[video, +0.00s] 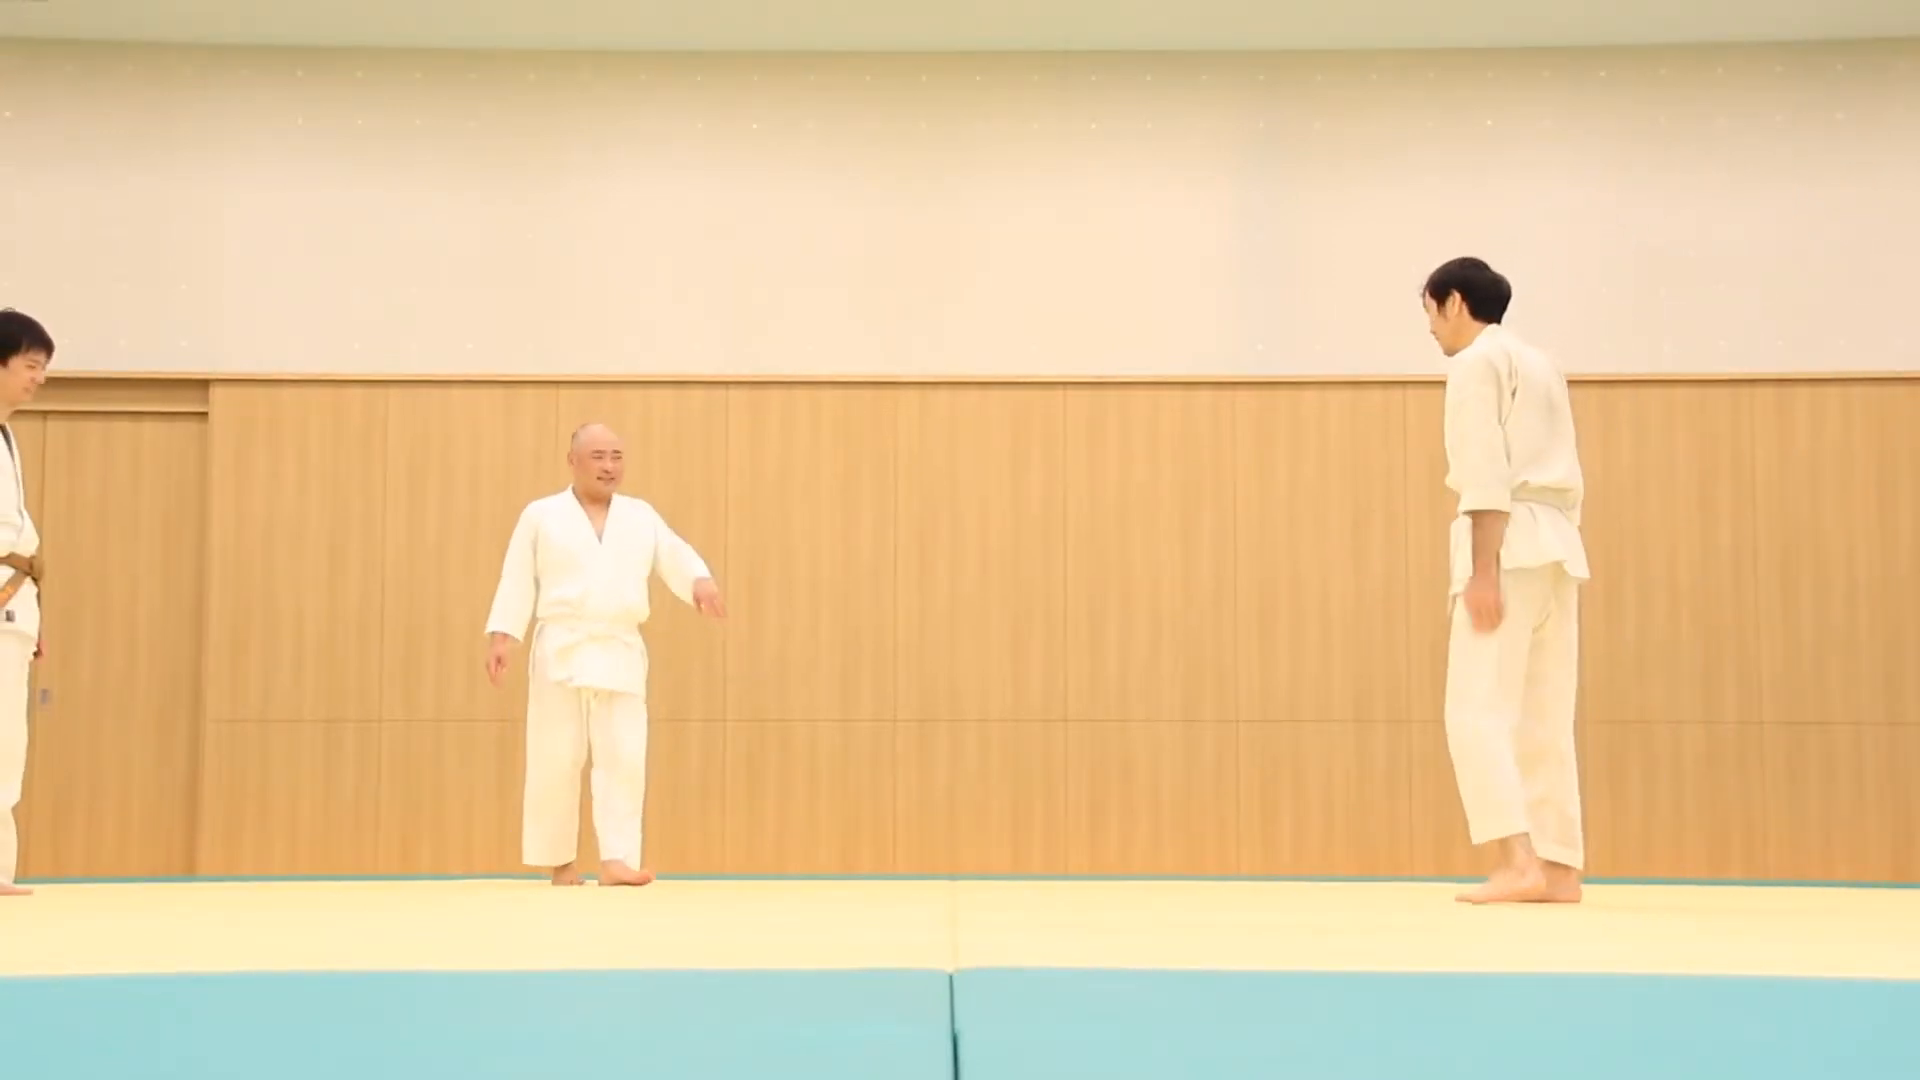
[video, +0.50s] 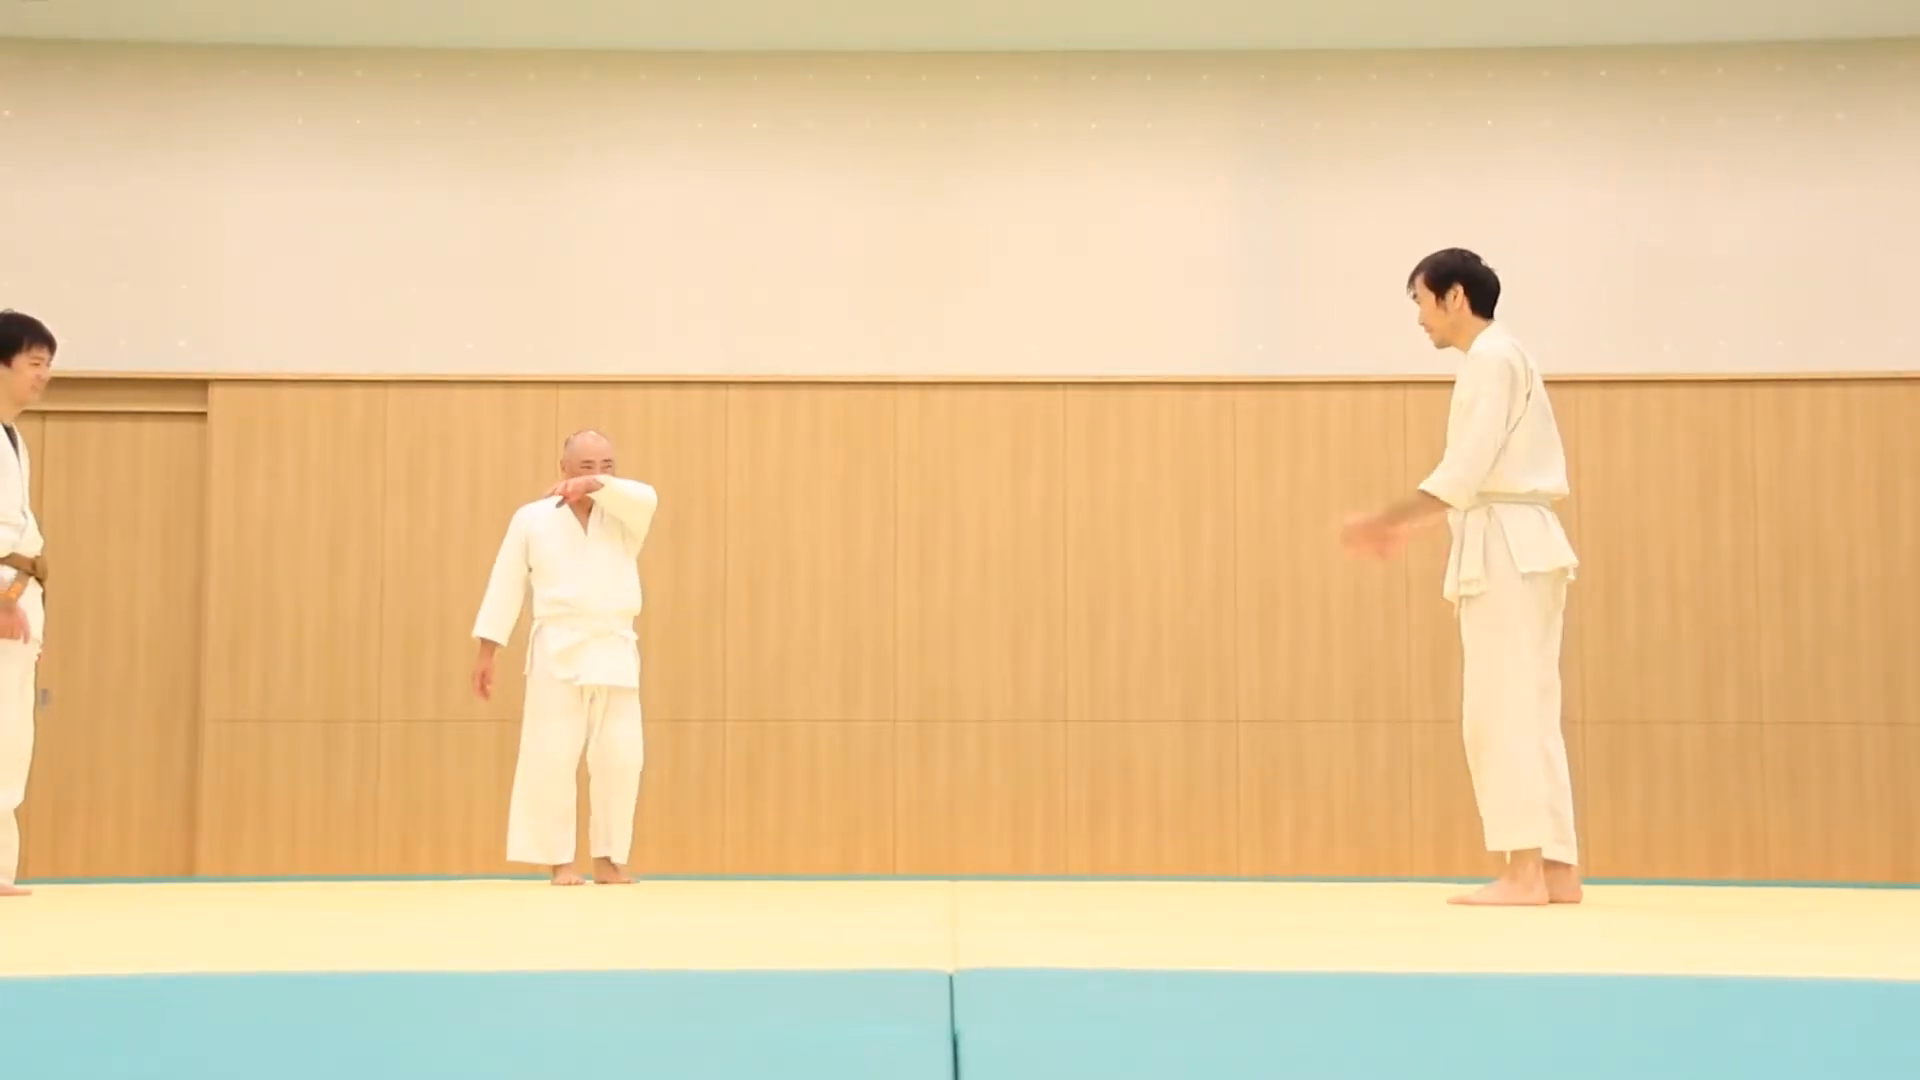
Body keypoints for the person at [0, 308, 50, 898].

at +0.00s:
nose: (39, 378)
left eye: (43, 367)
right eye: (31, 365)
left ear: (32, 370)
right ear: (1, 363)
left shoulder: (8, 440)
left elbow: (20, 532)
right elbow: (7, 531)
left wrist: (29, 612)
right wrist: (18, 573)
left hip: (18, 613)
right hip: (6, 614)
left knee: (10, 746)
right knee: (5, 747)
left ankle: (4, 867)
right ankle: (1, 868)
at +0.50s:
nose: (44, 375)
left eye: (47, 365)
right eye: (35, 363)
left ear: (37, 370)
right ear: (5, 363)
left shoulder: (14, 441)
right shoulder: (1, 441)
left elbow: (26, 529)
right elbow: (8, 528)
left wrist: (18, 587)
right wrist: (9, 596)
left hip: (22, 601)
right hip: (6, 603)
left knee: (15, 739)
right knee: (8, 741)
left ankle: (6, 867)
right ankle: (2, 867)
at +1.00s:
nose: (40, 375)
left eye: (43, 364)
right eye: (31, 362)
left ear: (32, 369)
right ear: (1, 363)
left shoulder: (12, 440)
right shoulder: (1, 440)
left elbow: (25, 529)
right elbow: (7, 528)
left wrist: (16, 575)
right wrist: (30, 557)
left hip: (20, 611)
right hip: (10, 613)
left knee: (13, 747)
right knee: (8, 748)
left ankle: (7, 869)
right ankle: (3, 869)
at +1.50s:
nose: (34, 376)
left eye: (37, 365)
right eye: (24, 363)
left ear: (30, 370)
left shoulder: (9, 442)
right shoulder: (1, 442)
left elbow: (16, 527)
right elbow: (9, 530)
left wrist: (24, 563)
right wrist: (26, 561)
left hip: (15, 611)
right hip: (8, 612)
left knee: (12, 746)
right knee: (7, 747)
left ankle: (6, 866)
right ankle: (3, 867)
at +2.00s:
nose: (28, 377)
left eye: (31, 366)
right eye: (20, 364)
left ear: (25, 369)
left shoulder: (5, 442)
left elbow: (9, 519)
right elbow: (4, 521)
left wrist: (19, 556)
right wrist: (17, 556)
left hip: (11, 616)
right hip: (5, 618)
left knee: (9, 744)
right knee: (5, 744)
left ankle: (4, 866)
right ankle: (0, 867)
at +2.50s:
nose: (24, 383)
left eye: (28, 372)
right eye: (16, 370)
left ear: (27, 376)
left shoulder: (7, 445)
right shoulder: (3, 446)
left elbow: (8, 546)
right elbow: (6, 547)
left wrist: (9, 622)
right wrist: (9, 623)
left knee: (2, 751)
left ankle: (2, 867)